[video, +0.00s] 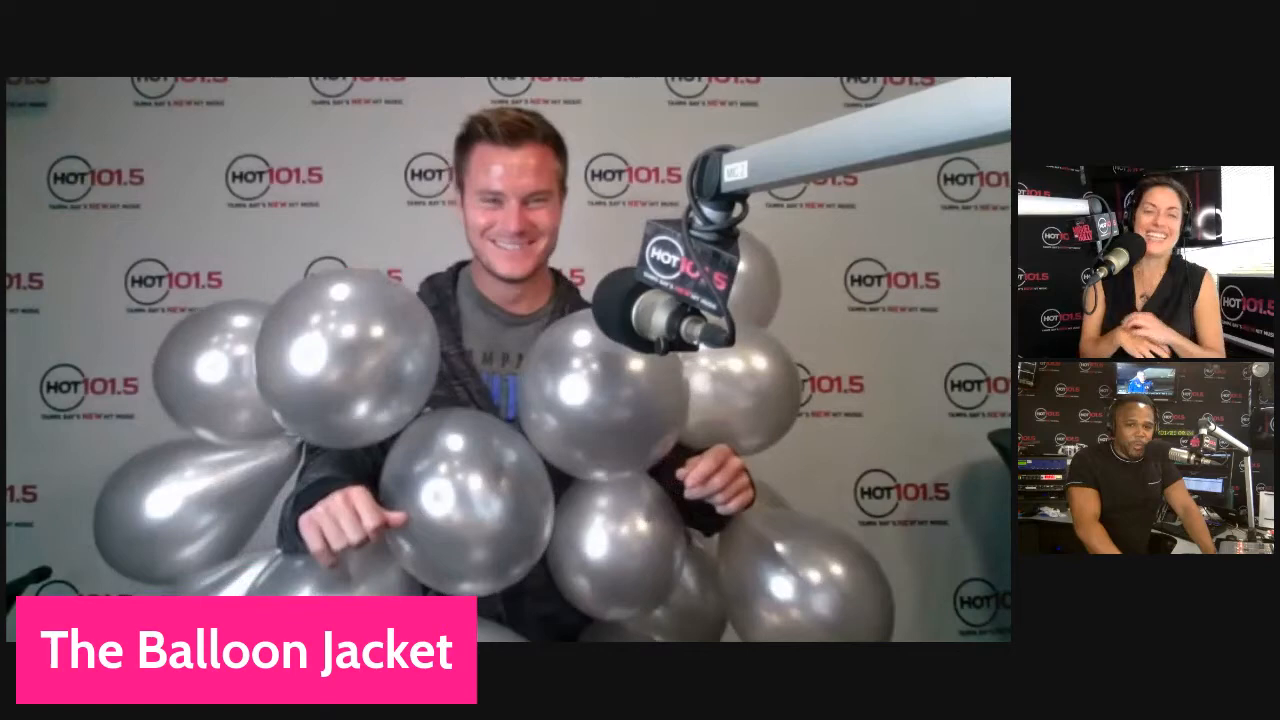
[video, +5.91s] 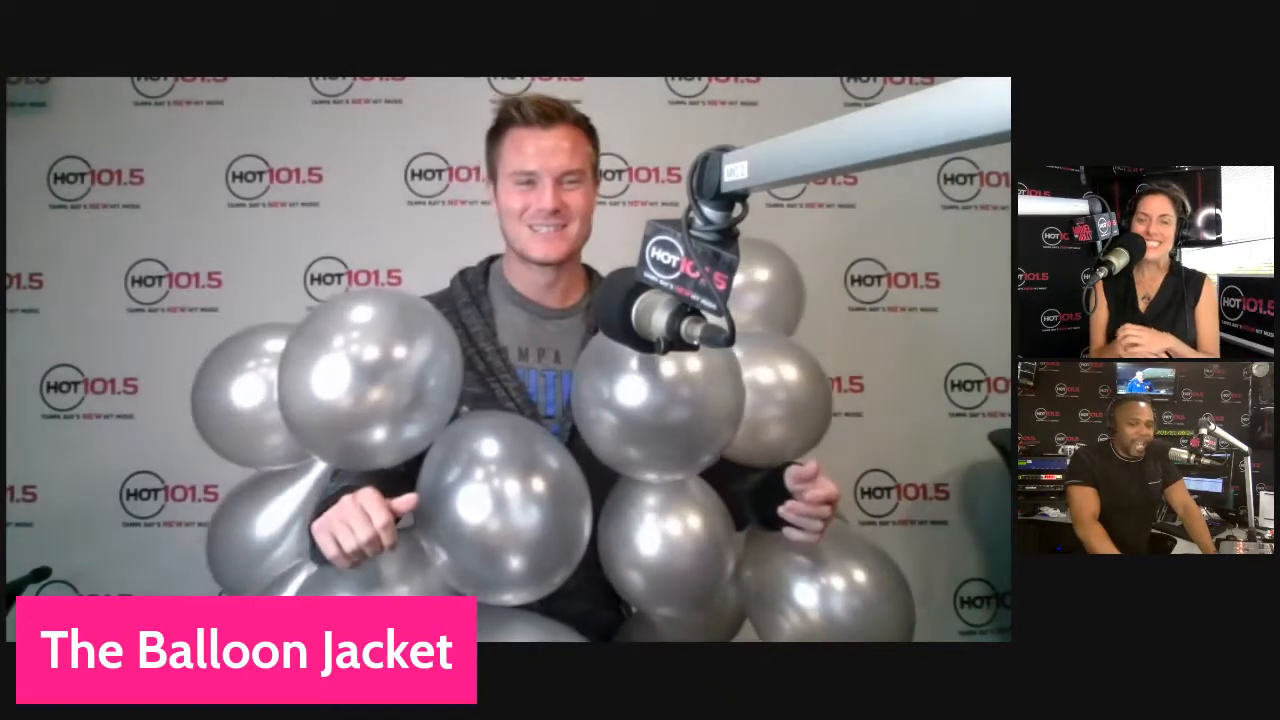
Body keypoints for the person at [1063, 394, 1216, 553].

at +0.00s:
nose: (1141, 433)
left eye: (1147, 426)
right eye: (1131, 425)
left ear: (1153, 430)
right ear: (1113, 429)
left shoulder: (1157, 457)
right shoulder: (1087, 461)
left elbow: (1187, 508)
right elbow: (1087, 525)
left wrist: (1211, 552)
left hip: (1142, 554)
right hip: (1100, 554)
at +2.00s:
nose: (1142, 434)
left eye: (1148, 427)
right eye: (1132, 426)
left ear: (1154, 429)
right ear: (1111, 428)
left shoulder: (1156, 457)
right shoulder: (1086, 460)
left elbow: (1186, 507)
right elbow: (1085, 523)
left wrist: (1210, 552)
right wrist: (1118, 562)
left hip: (1142, 557)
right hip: (1097, 558)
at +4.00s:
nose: (1141, 431)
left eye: (1147, 424)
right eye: (1130, 424)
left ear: (1153, 427)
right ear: (1111, 428)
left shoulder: (1157, 457)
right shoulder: (1088, 460)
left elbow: (1187, 508)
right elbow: (1086, 524)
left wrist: (1211, 552)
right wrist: (1119, 562)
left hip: (1143, 554)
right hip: (1100, 555)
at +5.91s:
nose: (1143, 432)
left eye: (1149, 425)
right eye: (1133, 424)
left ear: (1154, 428)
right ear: (1113, 427)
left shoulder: (1157, 457)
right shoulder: (1087, 460)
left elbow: (1186, 508)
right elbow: (1086, 524)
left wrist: (1211, 552)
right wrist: (1119, 563)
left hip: (1143, 556)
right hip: (1098, 558)